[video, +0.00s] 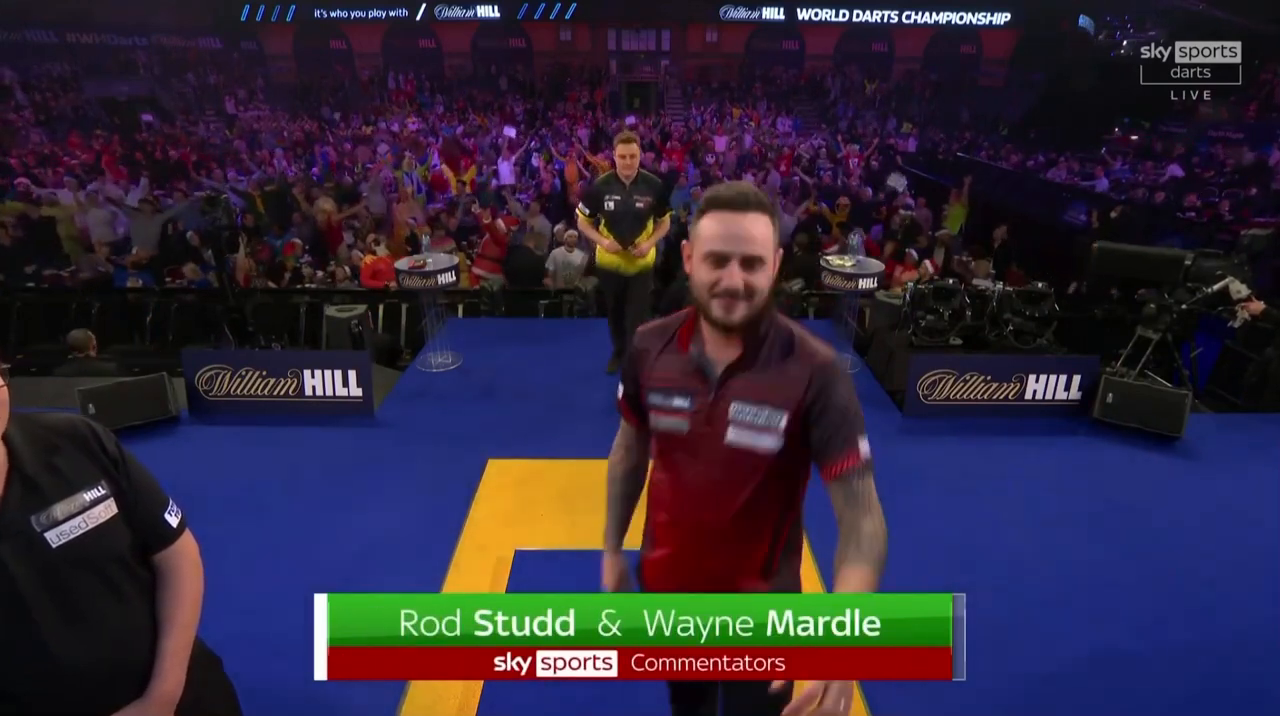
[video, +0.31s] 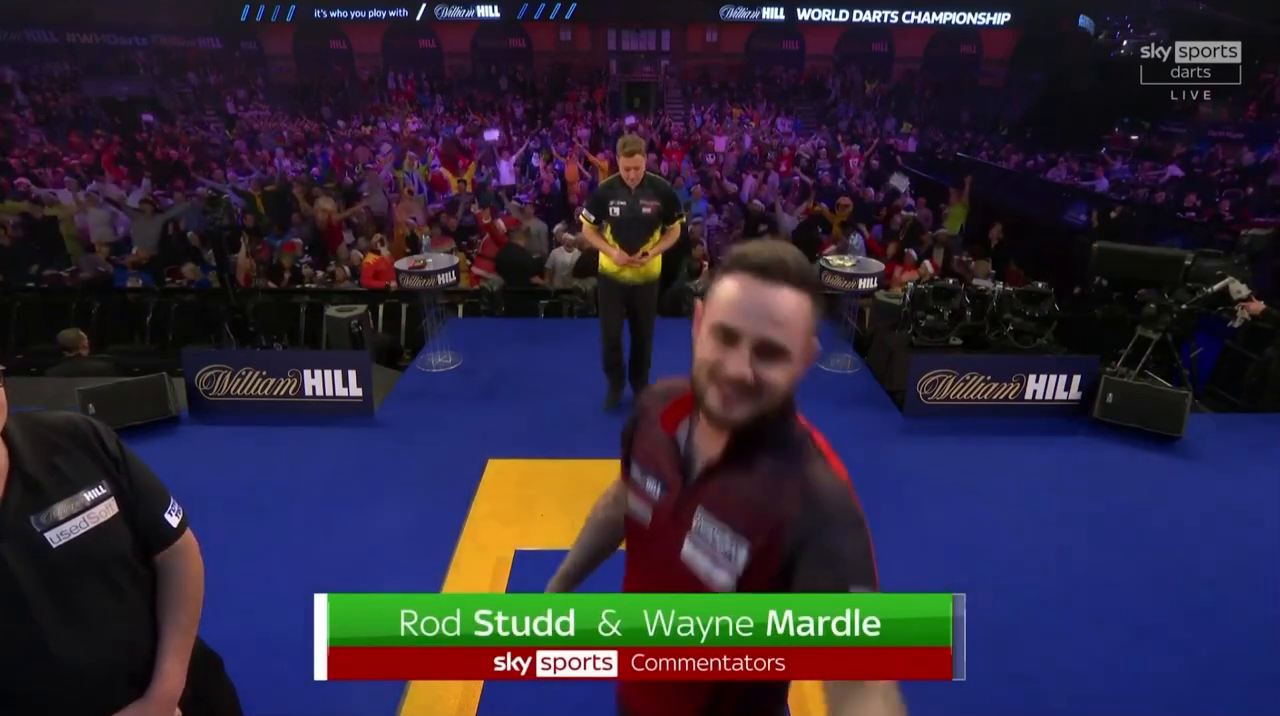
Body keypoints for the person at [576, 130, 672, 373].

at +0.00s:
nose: (628, 162)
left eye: (632, 157)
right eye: (623, 157)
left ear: (640, 157)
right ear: (614, 157)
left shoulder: (655, 186)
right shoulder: (600, 186)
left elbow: (664, 222)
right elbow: (582, 221)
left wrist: (648, 243)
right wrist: (604, 242)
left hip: (641, 262)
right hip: (611, 261)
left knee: (638, 314)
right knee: (615, 313)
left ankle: (636, 359)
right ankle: (617, 354)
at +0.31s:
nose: (632, 174)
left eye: (636, 168)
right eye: (626, 168)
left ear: (645, 163)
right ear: (618, 164)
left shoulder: (663, 191)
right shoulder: (605, 191)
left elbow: (675, 229)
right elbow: (586, 228)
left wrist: (654, 250)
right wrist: (611, 251)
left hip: (647, 276)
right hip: (612, 275)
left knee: (643, 337)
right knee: (610, 337)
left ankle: (641, 389)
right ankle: (615, 388)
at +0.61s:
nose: (621, 190)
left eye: (626, 183)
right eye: (616, 184)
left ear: (636, 176)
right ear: (606, 179)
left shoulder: (656, 202)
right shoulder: (594, 207)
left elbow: (670, 244)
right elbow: (575, 248)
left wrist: (647, 267)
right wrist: (607, 272)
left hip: (642, 292)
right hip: (606, 293)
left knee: (640, 350)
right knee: (607, 367)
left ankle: (640, 391)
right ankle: (603, 440)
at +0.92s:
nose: (615, 199)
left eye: (620, 193)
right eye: (609, 193)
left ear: (630, 181)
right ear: (599, 183)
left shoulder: (649, 204)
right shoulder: (584, 209)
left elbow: (658, 245)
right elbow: (557, 255)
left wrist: (646, 280)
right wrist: (579, 297)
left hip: (634, 310)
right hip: (596, 313)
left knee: (636, 380)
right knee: (599, 385)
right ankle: (604, 449)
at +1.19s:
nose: (621, 207)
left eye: (627, 200)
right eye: (615, 200)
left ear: (637, 189)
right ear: (603, 190)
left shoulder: (652, 214)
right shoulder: (585, 223)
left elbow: (659, 256)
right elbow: (560, 271)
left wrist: (651, 296)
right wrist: (565, 320)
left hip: (638, 317)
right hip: (595, 320)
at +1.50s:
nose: (631, 193)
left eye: (637, 185)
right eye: (624, 186)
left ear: (648, 185)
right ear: (612, 186)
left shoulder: (667, 221)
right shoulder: (593, 229)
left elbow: (672, 264)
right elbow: (571, 282)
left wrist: (669, 301)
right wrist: (573, 336)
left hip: (647, 337)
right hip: (606, 339)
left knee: (638, 416)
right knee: (610, 419)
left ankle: (630, 483)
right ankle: (603, 493)